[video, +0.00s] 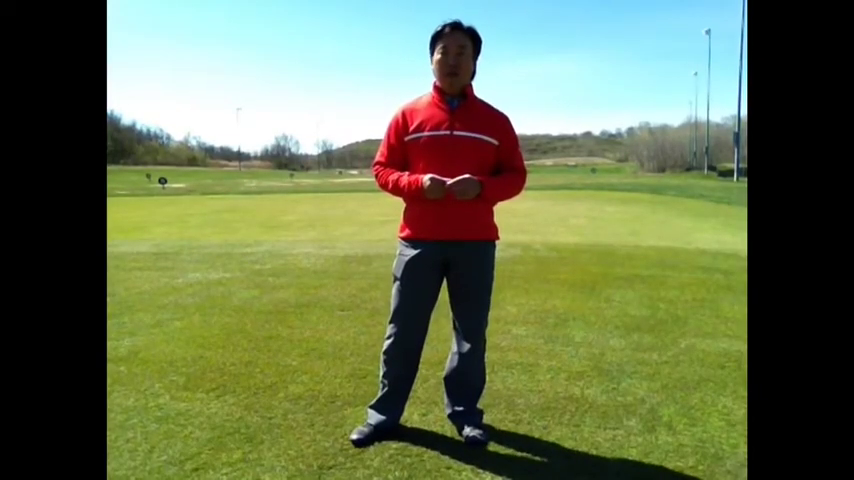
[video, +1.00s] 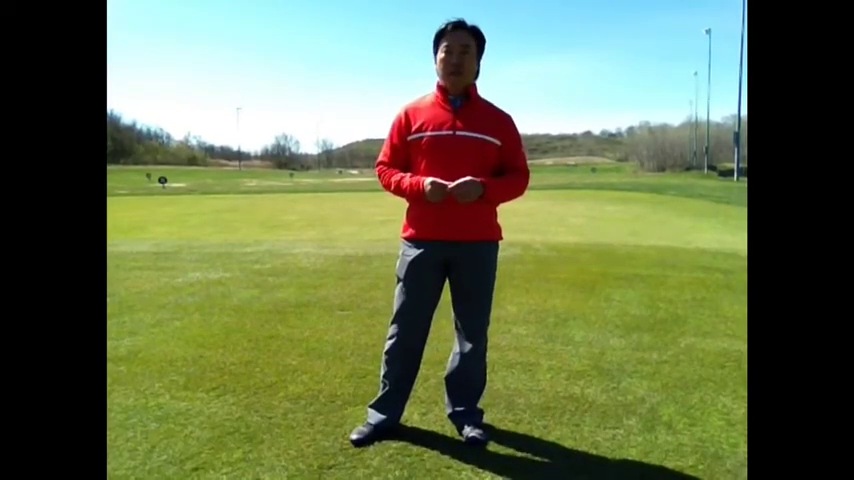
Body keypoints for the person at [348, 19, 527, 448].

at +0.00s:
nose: (451, 59)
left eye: (461, 52)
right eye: (444, 51)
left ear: (475, 61)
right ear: (431, 60)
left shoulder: (496, 122)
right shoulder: (407, 117)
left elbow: (516, 177)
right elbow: (382, 171)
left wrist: (483, 188)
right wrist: (418, 183)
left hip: (474, 245)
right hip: (419, 242)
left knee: (471, 336)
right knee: (402, 332)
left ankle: (466, 415)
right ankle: (384, 416)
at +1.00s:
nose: (454, 58)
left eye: (464, 51)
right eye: (447, 50)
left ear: (479, 61)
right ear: (435, 58)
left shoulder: (499, 122)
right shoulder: (410, 116)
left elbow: (519, 178)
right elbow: (385, 170)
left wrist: (485, 189)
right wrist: (419, 184)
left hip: (477, 245)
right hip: (421, 241)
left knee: (473, 335)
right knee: (404, 331)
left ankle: (467, 415)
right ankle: (384, 415)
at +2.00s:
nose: (454, 60)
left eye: (463, 52)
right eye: (446, 52)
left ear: (479, 58)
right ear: (434, 60)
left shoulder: (503, 121)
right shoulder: (414, 116)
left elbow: (524, 177)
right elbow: (389, 172)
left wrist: (487, 188)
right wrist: (422, 185)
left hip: (481, 245)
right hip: (426, 243)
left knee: (474, 336)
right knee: (407, 331)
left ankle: (467, 416)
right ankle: (384, 416)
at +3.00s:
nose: (451, 59)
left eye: (461, 52)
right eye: (444, 51)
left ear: (476, 60)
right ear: (432, 58)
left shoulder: (496, 122)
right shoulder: (407, 115)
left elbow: (515, 180)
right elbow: (380, 170)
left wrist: (479, 190)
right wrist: (414, 184)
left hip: (471, 245)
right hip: (416, 241)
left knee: (468, 333)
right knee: (399, 330)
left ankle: (466, 416)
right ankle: (381, 415)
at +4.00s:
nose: (453, 59)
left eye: (462, 51)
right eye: (445, 50)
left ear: (478, 59)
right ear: (433, 58)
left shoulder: (499, 120)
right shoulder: (410, 114)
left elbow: (519, 175)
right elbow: (384, 165)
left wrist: (494, 188)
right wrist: (400, 180)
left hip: (475, 243)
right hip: (419, 240)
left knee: (471, 333)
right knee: (402, 329)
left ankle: (466, 414)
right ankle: (383, 414)